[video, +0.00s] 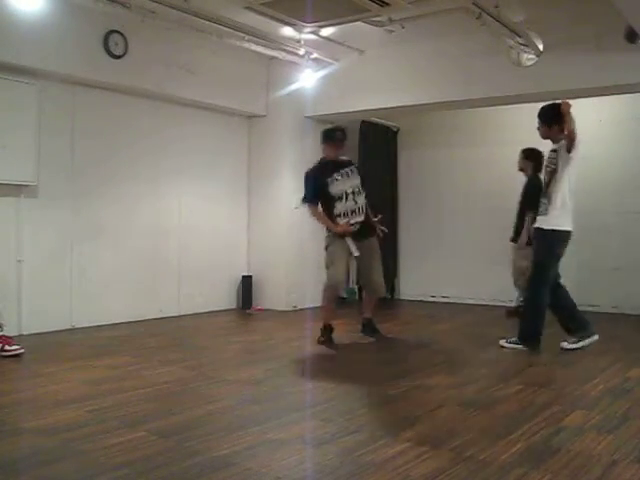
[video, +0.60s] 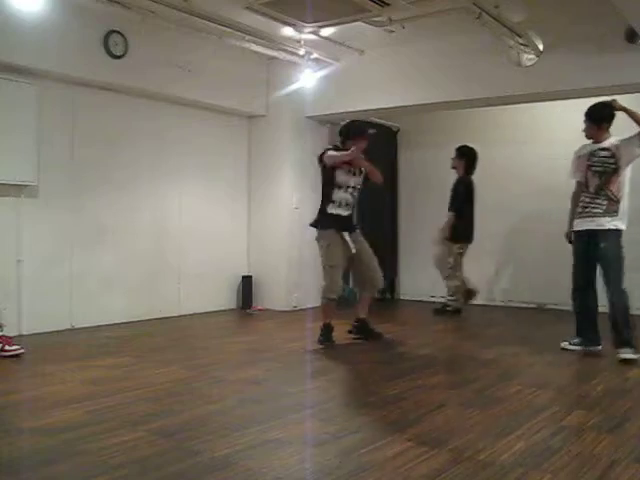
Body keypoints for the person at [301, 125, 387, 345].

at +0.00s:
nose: (339, 148)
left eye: (342, 144)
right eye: (335, 144)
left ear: (344, 145)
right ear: (326, 145)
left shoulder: (350, 165)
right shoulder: (315, 174)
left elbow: (358, 196)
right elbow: (313, 208)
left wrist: (371, 218)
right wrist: (334, 227)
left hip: (365, 230)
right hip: (339, 234)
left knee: (373, 282)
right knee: (335, 280)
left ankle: (367, 322)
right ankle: (326, 329)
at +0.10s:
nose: (330, 152)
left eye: (332, 147)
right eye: (325, 147)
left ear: (336, 147)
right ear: (316, 147)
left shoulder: (347, 163)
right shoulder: (311, 181)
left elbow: (359, 190)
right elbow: (314, 215)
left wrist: (377, 204)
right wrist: (325, 234)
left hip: (363, 230)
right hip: (336, 236)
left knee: (372, 280)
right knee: (330, 281)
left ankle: (367, 321)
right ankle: (325, 327)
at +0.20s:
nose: (327, 151)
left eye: (330, 146)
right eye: (323, 147)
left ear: (335, 145)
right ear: (316, 147)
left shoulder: (351, 161)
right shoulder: (313, 176)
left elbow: (368, 169)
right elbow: (305, 206)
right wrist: (301, 228)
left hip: (361, 232)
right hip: (333, 236)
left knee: (369, 281)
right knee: (329, 280)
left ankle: (368, 322)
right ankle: (326, 327)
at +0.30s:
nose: (331, 149)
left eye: (334, 145)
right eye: (327, 145)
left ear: (339, 145)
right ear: (319, 146)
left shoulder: (352, 162)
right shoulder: (313, 169)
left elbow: (379, 163)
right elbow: (291, 179)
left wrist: (397, 166)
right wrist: (286, 201)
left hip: (357, 232)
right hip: (329, 236)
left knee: (365, 277)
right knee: (328, 280)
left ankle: (367, 322)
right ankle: (326, 327)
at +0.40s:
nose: (346, 144)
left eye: (348, 140)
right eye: (343, 140)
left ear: (349, 140)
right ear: (334, 140)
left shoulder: (356, 160)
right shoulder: (318, 159)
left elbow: (380, 170)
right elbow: (297, 166)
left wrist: (377, 169)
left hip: (353, 226)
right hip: (326, 227)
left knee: (368, 276)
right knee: (326, 277)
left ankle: (368, 321)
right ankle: (326, 326)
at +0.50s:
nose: (362, 146)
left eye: (362, 141)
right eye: (359, 141)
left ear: (360, 141)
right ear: (347, 139)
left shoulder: (360, 161)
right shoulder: (328, 157)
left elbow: (367, 179)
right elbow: (315, 168)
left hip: (349, 222)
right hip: (325, 221)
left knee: (369, 271)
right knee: (332, 269)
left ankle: (361, 321)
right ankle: (326, 326)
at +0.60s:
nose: (364, 146)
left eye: (365, 142)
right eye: (361, 141)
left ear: (364, 144)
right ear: (350, 141)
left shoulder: (361, 163)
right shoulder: (330, 154)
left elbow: (379, 179)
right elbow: (329, 159)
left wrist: (360, 161)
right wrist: (352, 153)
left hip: (351, 228)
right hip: (329, 227)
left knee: (372, 277)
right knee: (333, 281)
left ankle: (361, 322)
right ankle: (326, 328)